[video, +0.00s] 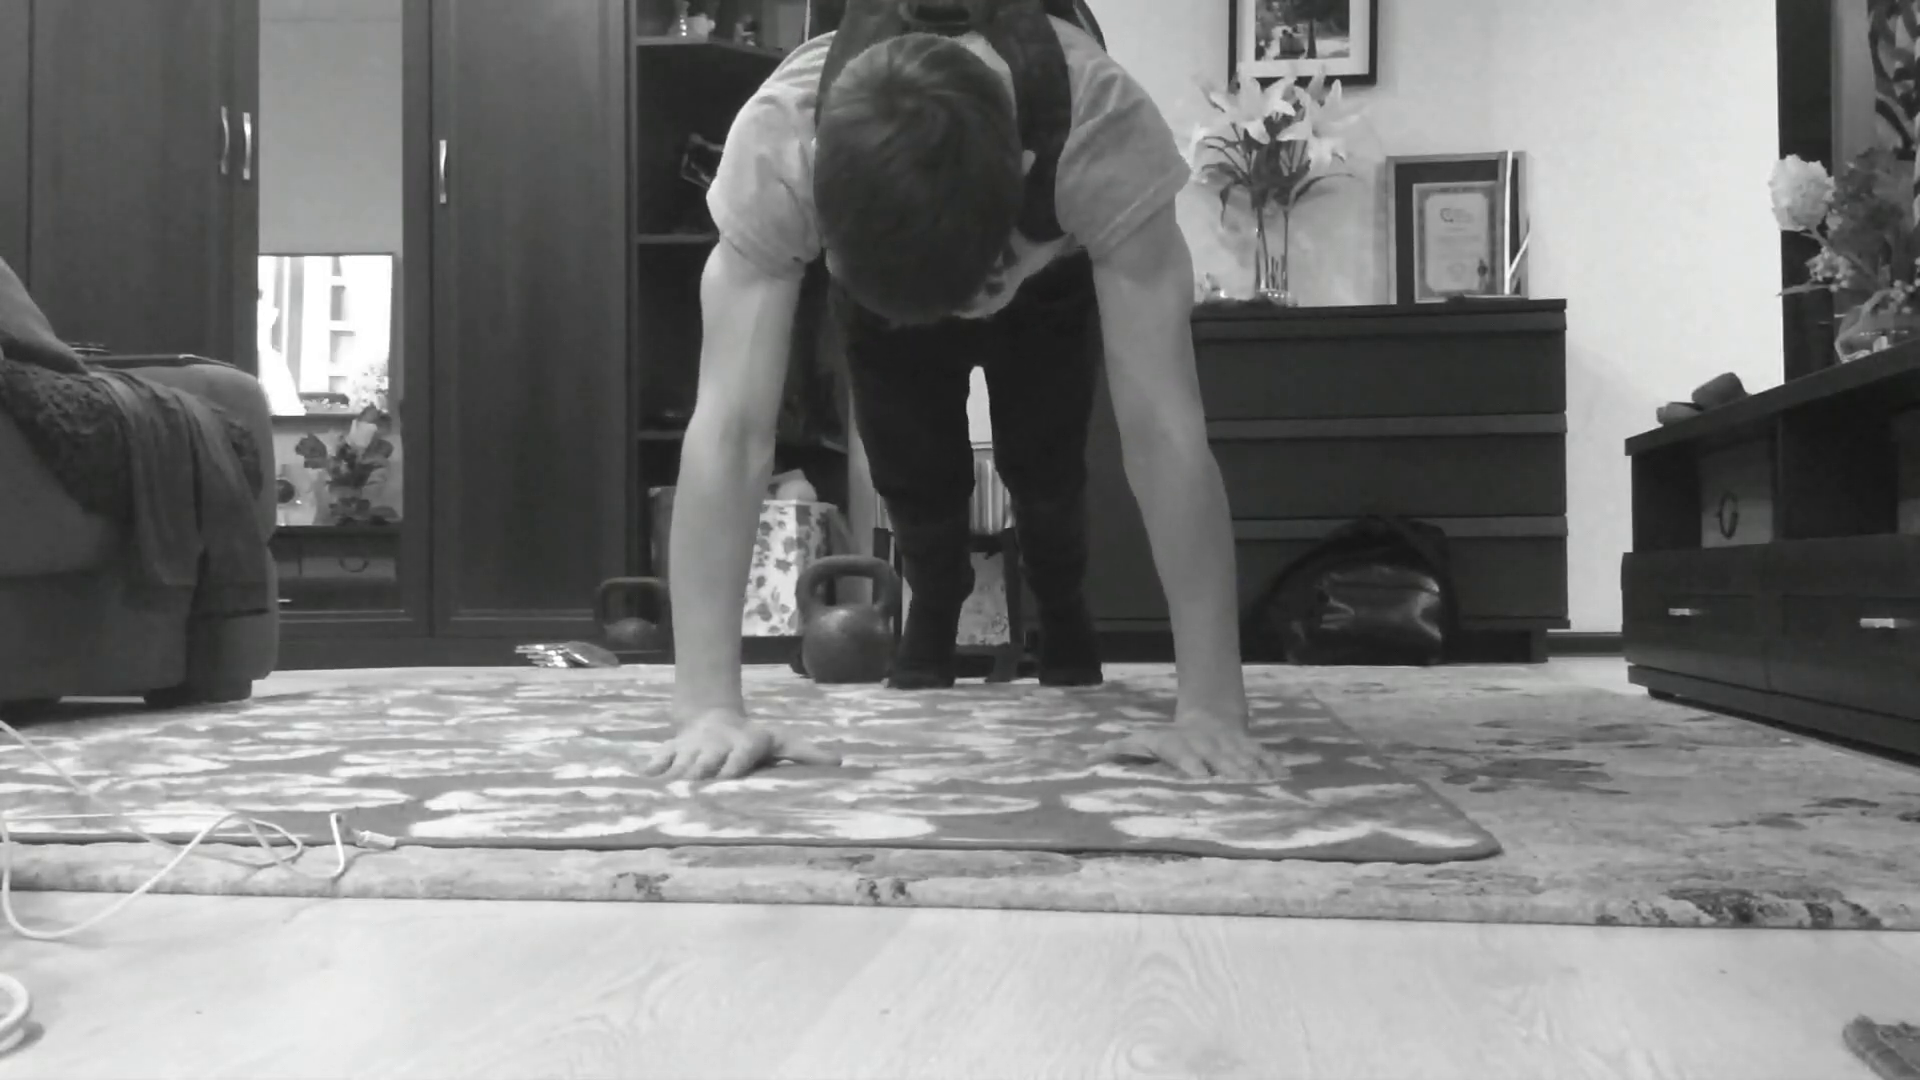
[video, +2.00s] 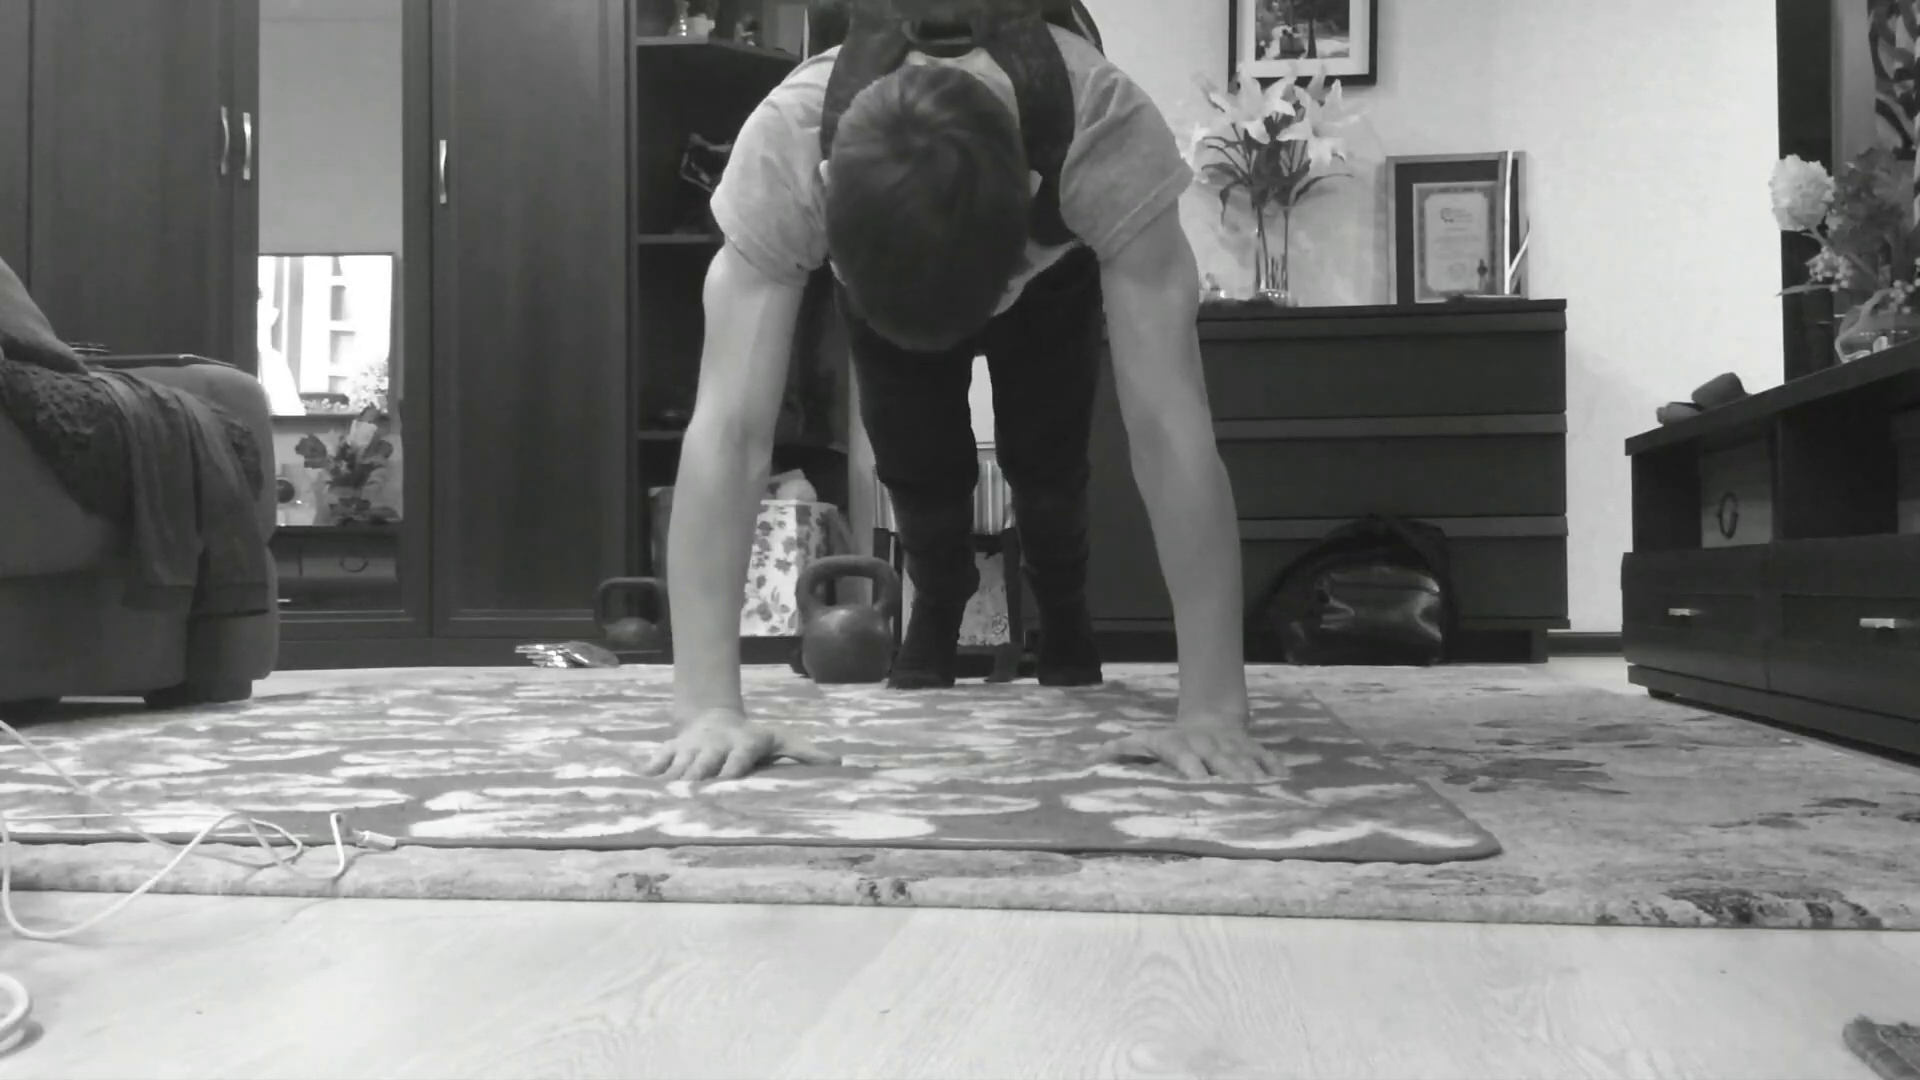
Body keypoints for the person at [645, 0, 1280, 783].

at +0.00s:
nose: (946, 327)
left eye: (974, 293)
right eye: (901, 313)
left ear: (1025, 182)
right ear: (827, 193)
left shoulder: (1112, 143)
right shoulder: (773, 157)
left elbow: (1167, 440)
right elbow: (727, 435)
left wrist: (1213, 709)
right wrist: (709, 709)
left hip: (1049, 257)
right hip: (869, 267)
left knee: (1045, 472)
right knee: (911, 477)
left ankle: (1057, 611)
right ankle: (931, 602)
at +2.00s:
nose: (945, 342)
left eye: (974, 321)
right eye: (903, 330)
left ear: (1027, 209)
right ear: (837, 222)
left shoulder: (1117, 147)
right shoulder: (783, 157)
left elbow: (1175, 439)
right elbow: (727, 433)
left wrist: (1213, 710)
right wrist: (709, 709)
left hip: (1048, 247)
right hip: (874, 258)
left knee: (1046, 472)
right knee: (915, 470)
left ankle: (1061, 623)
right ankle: (935, 602)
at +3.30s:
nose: (932, 246)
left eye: (957, 208)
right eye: (893, 215)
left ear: (1021, 122)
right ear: (834, 145)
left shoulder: (1113, 144)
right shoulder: (775, 156)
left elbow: (1176, 436)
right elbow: (721, 436)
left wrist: (1216, 714)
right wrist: (707, 709)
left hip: (1044, 273)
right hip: (874, 282)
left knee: (1034, 485)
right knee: (908, 488)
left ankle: (1043, 645)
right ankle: (929, 608)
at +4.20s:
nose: (912, 132)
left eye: (952, 87)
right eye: (874, 87)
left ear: (1022, 42)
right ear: (834, 51)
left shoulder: (1108, 132)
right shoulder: (780, 137)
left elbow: (1175, 439)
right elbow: (722, 432)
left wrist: (1214, 710)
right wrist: (709, 711)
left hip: (1045, 332)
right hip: (880, 340)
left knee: (1045, 525)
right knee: (900, 531)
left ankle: (1066, 697)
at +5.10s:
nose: (916, 238)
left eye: (948, 202)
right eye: (880, 202)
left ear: (1013, 130)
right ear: (832, 143)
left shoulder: (1102, 163)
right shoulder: (768, 174)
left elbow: (1227, 446)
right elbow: (703, 447)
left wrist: (1217, 718)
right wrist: (708, 708)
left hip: (1045, 372)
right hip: (874, 378)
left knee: (1043, 544)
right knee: (903, 547)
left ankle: (1054, 606)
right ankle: (918, 605)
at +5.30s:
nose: (927, 359)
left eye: (959, 326)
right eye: (889, 329)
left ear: (1021, 229)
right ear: (832, 236)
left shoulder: (1107, 228)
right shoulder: (763, 234)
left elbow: (1278, 458)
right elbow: (674, 457)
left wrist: (1224, 710)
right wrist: (705, 705)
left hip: (1046, 439)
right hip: (877, 449)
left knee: (1043, 565)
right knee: (909, 579)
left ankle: (1051, 624)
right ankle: (917, 626)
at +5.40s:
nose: (930, 401)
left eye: (962, 363)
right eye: (894, 367)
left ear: (1030, 273)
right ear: (836, 275)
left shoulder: (1107, 253)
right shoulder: (765, 264)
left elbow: (1295, 460)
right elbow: (662, 465)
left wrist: (1228, 707)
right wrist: (705, 708)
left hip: (1047, 468)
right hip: (880, 481)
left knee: (1043, 566)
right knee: (909, 585)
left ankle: (1048, 616)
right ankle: (915, 626)